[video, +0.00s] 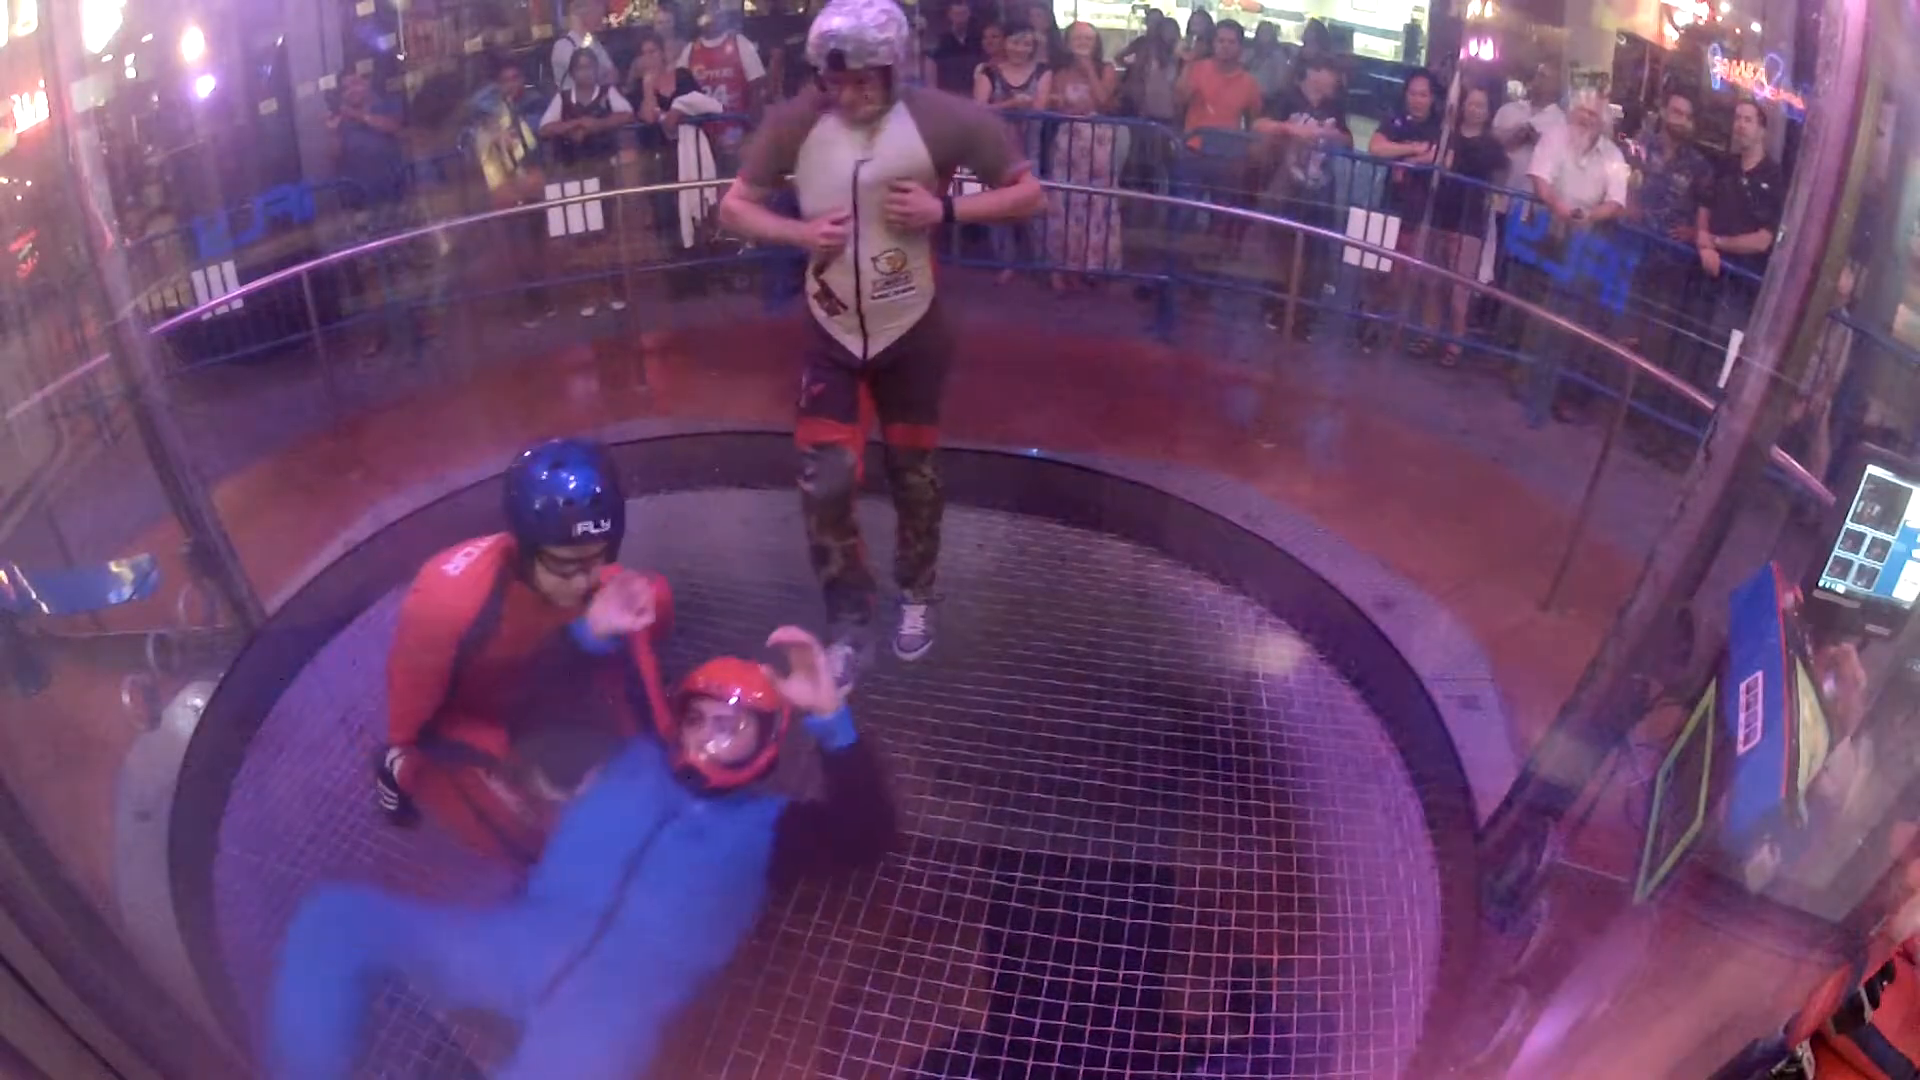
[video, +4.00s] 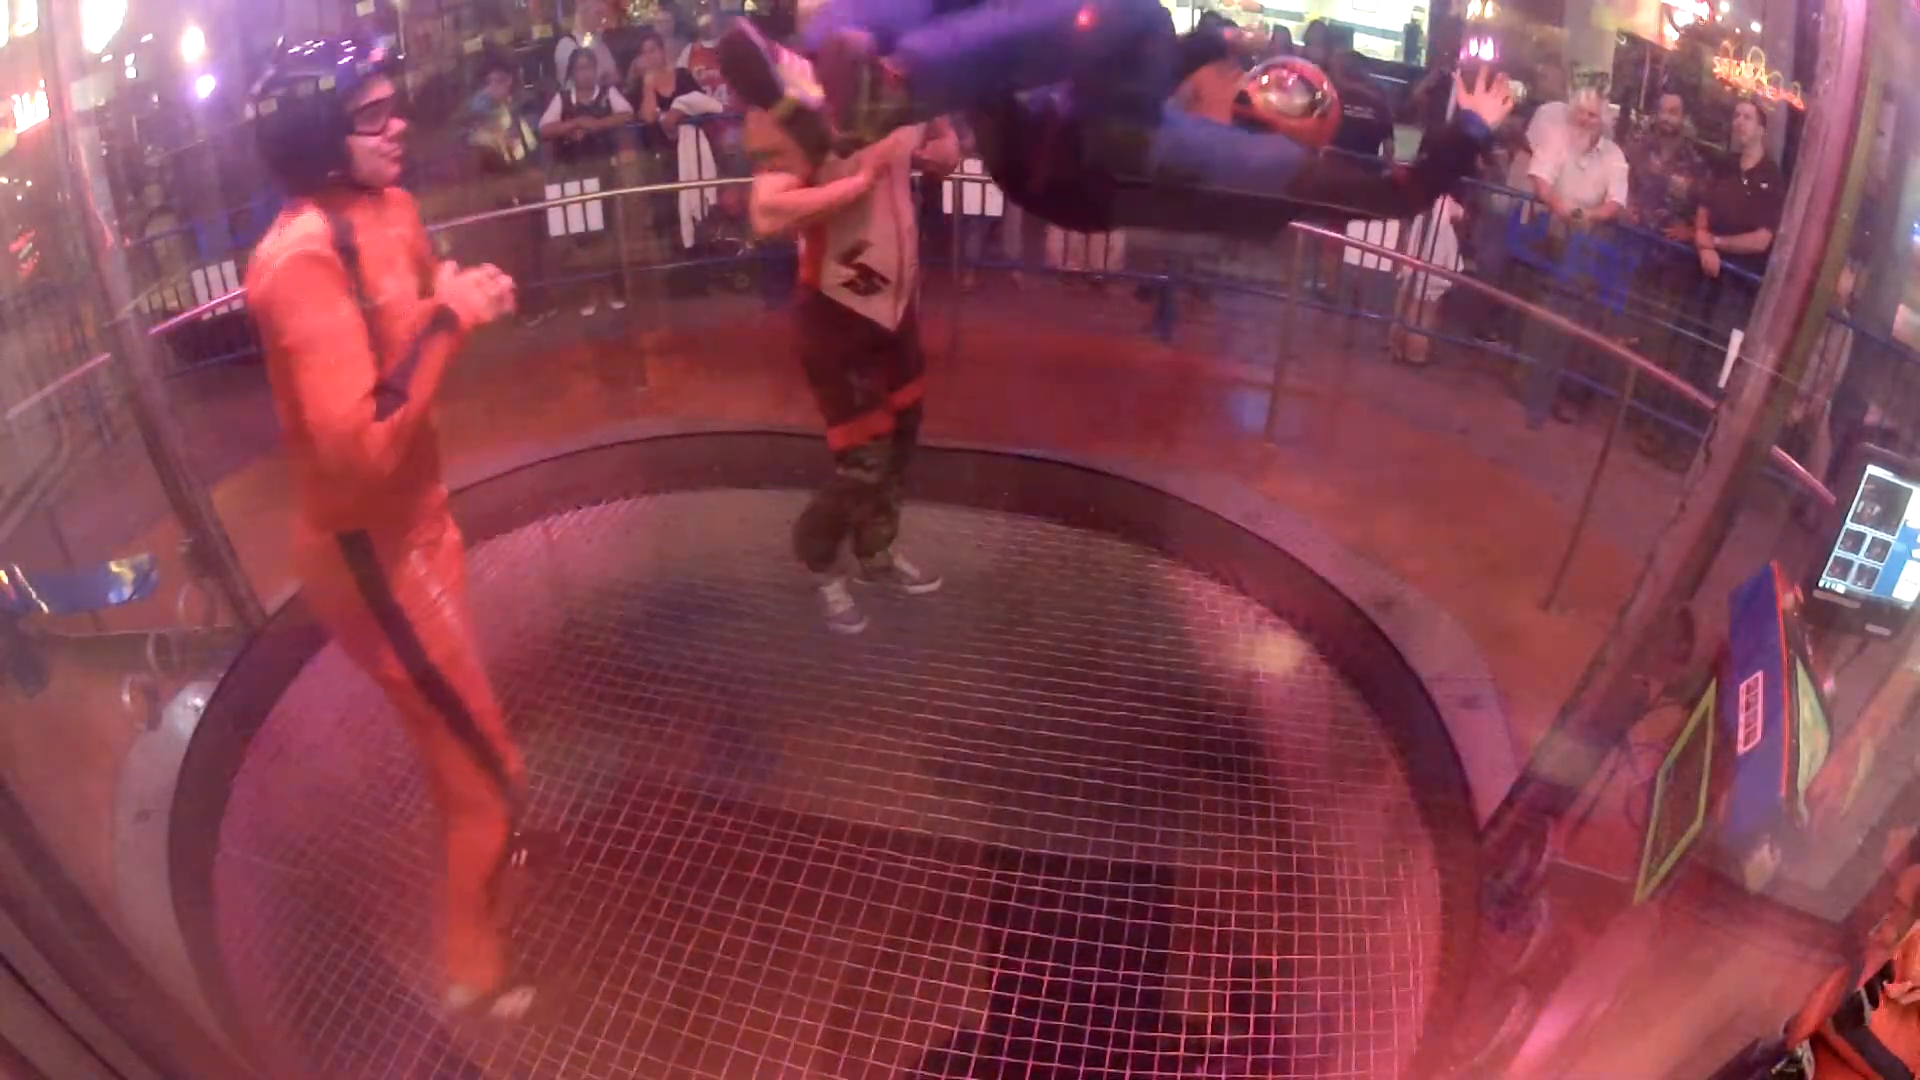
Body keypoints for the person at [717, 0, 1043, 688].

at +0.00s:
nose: (852, 95)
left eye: (867, 81)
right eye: (839, 81)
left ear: (895, 72)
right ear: (821, 73)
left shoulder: (945, 120)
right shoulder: (795, 122)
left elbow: (1029, 193)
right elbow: (732, 205)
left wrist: (947, 207)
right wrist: (800, 231)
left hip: (912, 329)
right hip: (830, 331)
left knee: (911, 477)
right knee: (822, 485)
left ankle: (917, 596)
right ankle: (849, 622)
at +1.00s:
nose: (810, 103)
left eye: (822, 90)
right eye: (796, 91)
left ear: (843, 82)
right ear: (774, 83)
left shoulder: (881, 133)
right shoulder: (733, 144)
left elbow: (947, 194)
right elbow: (673, 227)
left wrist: (900, 213)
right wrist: (749, 260)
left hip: (866, 329)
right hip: (784, 337)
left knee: (908, 474)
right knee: (787, 481)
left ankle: (903, 557)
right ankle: (801, 599)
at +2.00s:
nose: (905, 79)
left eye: (914, 66)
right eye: (892, 67)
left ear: (925, 64)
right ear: (855, 64)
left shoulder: (922, 114)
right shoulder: (810, 128)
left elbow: (918, 178)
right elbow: (799, 241)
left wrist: (948, 171)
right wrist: (895, 210)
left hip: (921, 308)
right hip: (856, 316)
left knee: (928, 427)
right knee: (873, 434)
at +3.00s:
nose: (897, 73)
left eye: (900, 62)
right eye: (888, 60)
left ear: (880, 60)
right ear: (853, 53)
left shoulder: (880, 115)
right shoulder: (811, 121)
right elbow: (860, 215)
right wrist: (950, 155)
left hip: (903, 314)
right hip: (851, 319)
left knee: (929, 438)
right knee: (865, 459)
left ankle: (879, 547)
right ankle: (830, 574)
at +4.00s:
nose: (869, 84)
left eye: (874, 71)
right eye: (854, 71)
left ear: (887, 83)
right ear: (832, 84)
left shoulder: (895, 131)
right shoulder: (801, 139)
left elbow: (943, 153)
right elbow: (767, 210)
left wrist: (940, 144)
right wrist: (854, 183)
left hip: (895, 311)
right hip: (835, 316)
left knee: (900, 442)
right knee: (865, 459)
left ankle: (876, 553)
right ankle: (821, 563)